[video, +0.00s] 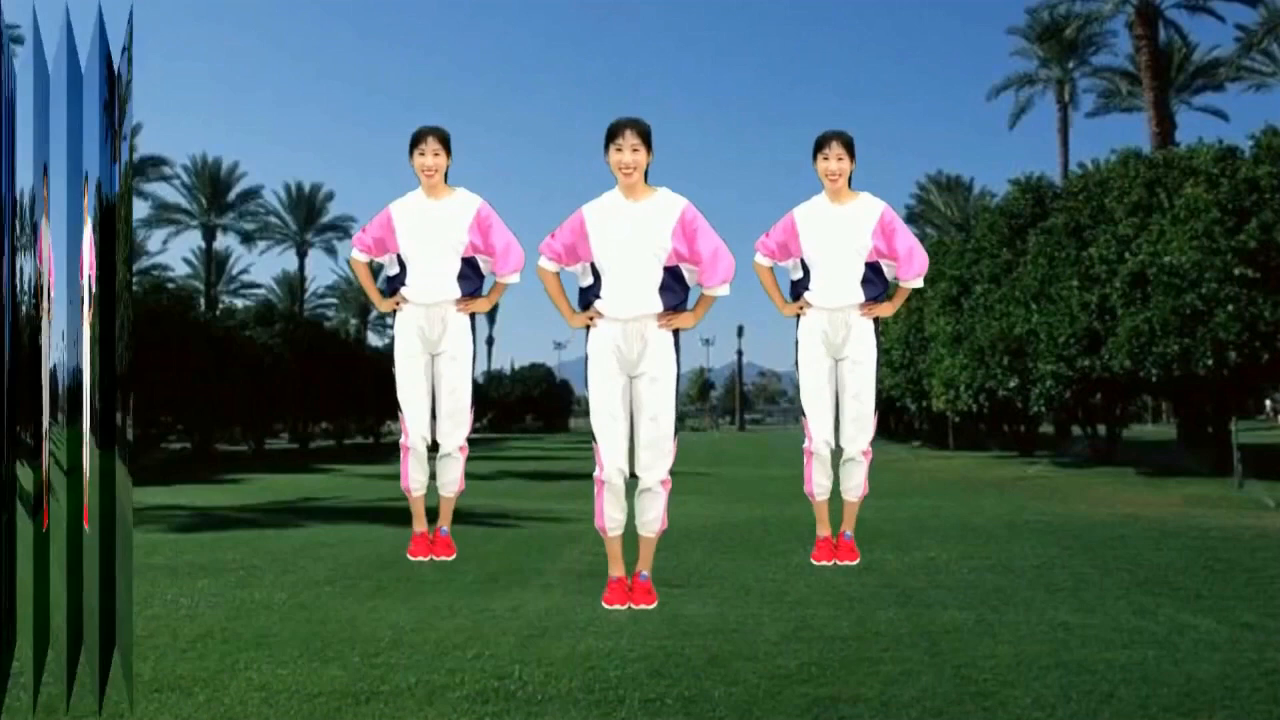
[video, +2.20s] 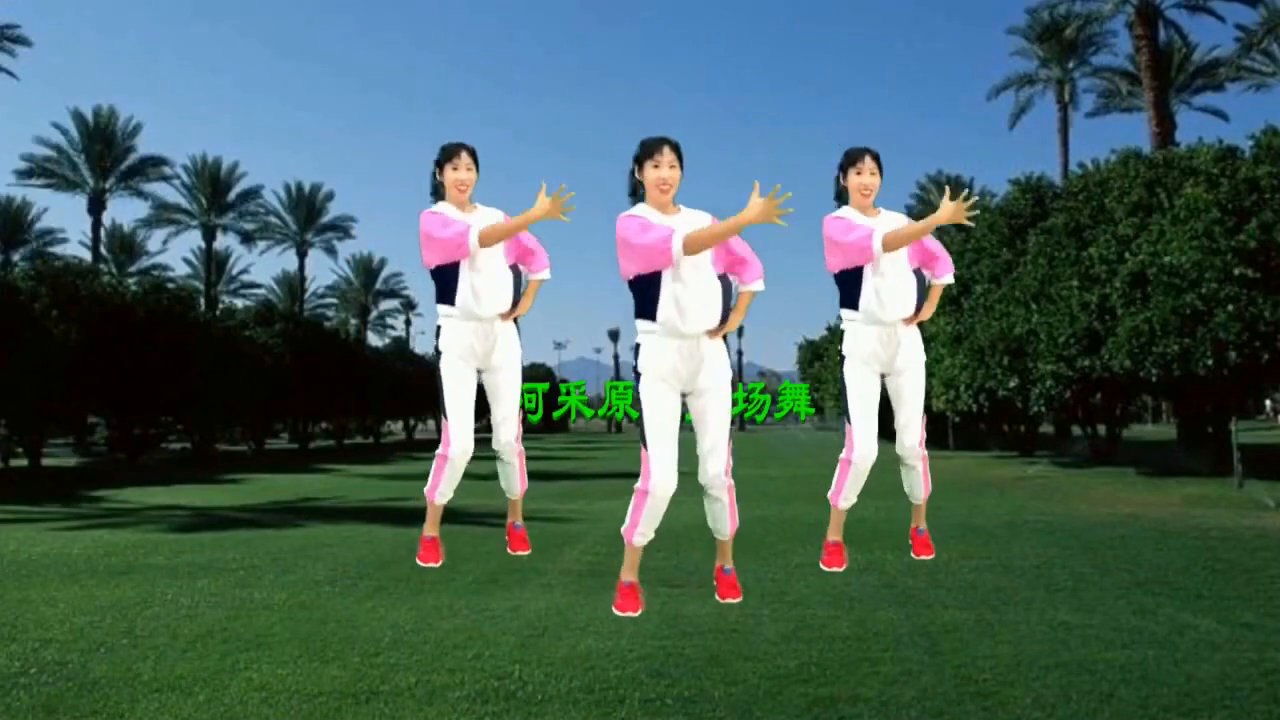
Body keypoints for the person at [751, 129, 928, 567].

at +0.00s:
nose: (833, 165)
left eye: (840, 158)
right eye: (825, 158)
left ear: (852, 164)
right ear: (815, 165)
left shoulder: (874, 210)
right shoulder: (803, 215)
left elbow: (915, 259)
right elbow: (762, 257)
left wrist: (892, 304)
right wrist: (783, 305)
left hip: (859, 325)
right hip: (814, 325)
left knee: (856, 431)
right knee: (819, 431)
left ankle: (847, 533)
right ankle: (823, 533)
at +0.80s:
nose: (835, 175)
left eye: (841, 169)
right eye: (826, 169)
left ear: (849, 179)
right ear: (811, 178)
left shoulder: (872, 220)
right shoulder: (800, 232)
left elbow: (911, 267)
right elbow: (766, 287)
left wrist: (896, 315)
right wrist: (789, 270)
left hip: (863, 335)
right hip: (818, 337)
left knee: (859, 436)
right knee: (822, 439)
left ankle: (864, 500)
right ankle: (819, 534)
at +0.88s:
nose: (837, 167)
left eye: (843, 161)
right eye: (828, 160)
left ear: (850, 170)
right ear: (812, 168)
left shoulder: (872, 207)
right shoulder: (800, 219)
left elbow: (915, 254)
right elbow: (770, 263)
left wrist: (899, 301)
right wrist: (796, 215)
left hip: (868, 324)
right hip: (824, 329)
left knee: (873, 431)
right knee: (826, 435)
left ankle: (882, 498)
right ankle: (819, 534)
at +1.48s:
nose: (847, 152)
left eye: (852, 144)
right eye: (839, 145)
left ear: (862, 148)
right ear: (824, 153)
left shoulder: (889, 182)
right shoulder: (821, 193)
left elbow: (932, 224)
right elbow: (814, 223)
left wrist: (917, 276)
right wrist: (819, 169)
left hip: (887, 296)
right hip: (843, 298)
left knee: (892, 422)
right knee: (838, 417)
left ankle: (886, 462)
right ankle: (829, 523)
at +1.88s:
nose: (857, 153)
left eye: (859, 145)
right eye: (847, 146)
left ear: (867, 156)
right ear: (832, 159)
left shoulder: (895, 200)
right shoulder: (823, 205)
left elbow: (930, 247)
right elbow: (859, 217)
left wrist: (916, 291)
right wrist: (853, 159)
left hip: (889, 308)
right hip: (844, 309)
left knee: (898, 430)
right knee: (839, 430)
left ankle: (895, 492)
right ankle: (831, 530)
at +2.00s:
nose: (860, 165)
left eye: (867, 158)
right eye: (852, 157)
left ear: (877, 165)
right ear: (838, 164)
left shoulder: (899, 202)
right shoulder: (829, 206)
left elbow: (936, 246)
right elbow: (876, 214)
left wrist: (924, 288)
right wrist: (906, 167)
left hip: (901, 309)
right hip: (858, 313)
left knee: (910, 427)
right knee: (854, 432)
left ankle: (920, 521)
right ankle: (835, 533)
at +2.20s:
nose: (866, 179)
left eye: (873, 173)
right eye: (858, 173)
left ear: (881, 181)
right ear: (843, 181)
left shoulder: (902, 223)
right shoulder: (835, 224)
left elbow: (943, 267)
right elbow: (882, 243)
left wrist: (923, 314)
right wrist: (936, 220)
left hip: (905, 338)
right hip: (860, 340)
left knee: (911, 443)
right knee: (861, 448)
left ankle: (919, 526)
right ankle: (834, 536)